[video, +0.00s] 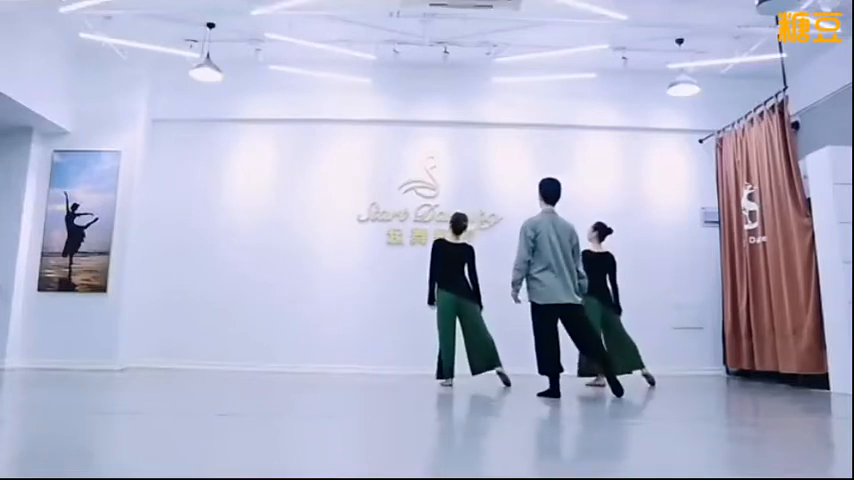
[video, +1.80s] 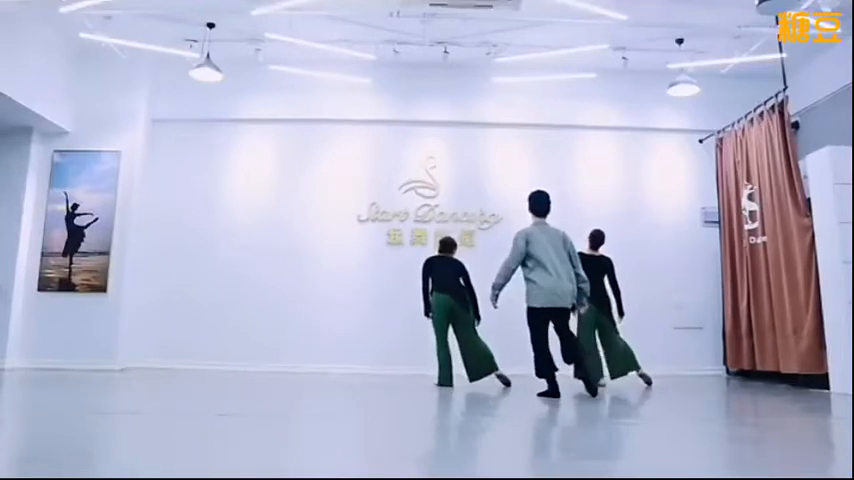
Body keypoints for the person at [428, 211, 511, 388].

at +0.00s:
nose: (461, 229)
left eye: (456, 224)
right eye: (463, 226)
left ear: (449, 225)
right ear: (465, 228)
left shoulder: (438, 244)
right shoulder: (468, 249)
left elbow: (433, 271)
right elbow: (473, 276)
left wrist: (431, 294)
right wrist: (478, 299)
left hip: (444, 293)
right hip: (465, 294)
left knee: (446, 334)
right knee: (481, 331)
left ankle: (447, 376)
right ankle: (498, 367)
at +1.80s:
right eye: (454, 250)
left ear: (439, 248)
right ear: (454, 250)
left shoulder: (430, 262)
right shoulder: (458, 264)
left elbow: (425, 286)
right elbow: (469, 288)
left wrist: (427, 307)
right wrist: (476, 312)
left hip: (439, 299)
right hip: (459, 300)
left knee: (441, 341)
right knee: (472, 337)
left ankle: (445, 379)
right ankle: (495, 370)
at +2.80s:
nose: (433, 227)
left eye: (428, 223)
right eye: (435, 224)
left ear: (423, 223)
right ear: (438, 225)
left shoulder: (414, 236)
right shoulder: (443, 241)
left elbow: (409, 263)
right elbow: (446, 270)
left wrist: (407, 286)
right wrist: (449, 293)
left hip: (419, 287)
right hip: (438, 289)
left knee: (421, 328)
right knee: (435, 328)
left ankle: (426, 370)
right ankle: (428, 369)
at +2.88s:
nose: (432, 225)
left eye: (428, 221)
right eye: (434, 222)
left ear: (423, 221)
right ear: (437, 223)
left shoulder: (413, 235)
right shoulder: (442, 241)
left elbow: (408, 263)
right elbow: (445, 269)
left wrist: (405, 285)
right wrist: (447, 292)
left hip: (418, 286)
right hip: (436, 288)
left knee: (419, 327)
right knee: (434, 327)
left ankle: (424, 369)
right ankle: (428, 369)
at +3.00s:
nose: (430, 224)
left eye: (426, 219)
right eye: (432, 221)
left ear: (420, 219)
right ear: (435, 222)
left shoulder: (409, 236)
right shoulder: (438, 241)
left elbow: (404, 263)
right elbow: (441, 269)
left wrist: (401, 286)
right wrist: (444, 291)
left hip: (414, 287)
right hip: (432, 288)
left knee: (417, 327)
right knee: (430, 327)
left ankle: (423, 369)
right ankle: (425, 369)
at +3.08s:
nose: (430, 224)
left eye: (425, 219)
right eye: (432, 221)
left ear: (419, 220)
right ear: (434, 222)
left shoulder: (408, 237)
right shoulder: (436, 241)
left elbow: (402, 264)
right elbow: (440, 269)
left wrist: (399, 287)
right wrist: (443, 292)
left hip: (413, 288)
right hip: (431, 289)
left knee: (415, 327)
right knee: (428, 327)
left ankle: (422, 368)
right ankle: (424, 368)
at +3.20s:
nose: (427, 225)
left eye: (424, 221)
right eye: (428, 222)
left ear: (414, 221)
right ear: (429, 223)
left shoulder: (404, 238)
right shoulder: (433, 242)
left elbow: (398, 265)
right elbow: (436, 270)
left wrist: (396, 288)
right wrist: (439, 292)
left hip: (409, 289)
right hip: (427, 290)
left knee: (411, 328)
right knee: (425, 329)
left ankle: (415, 366)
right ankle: (423, 368)